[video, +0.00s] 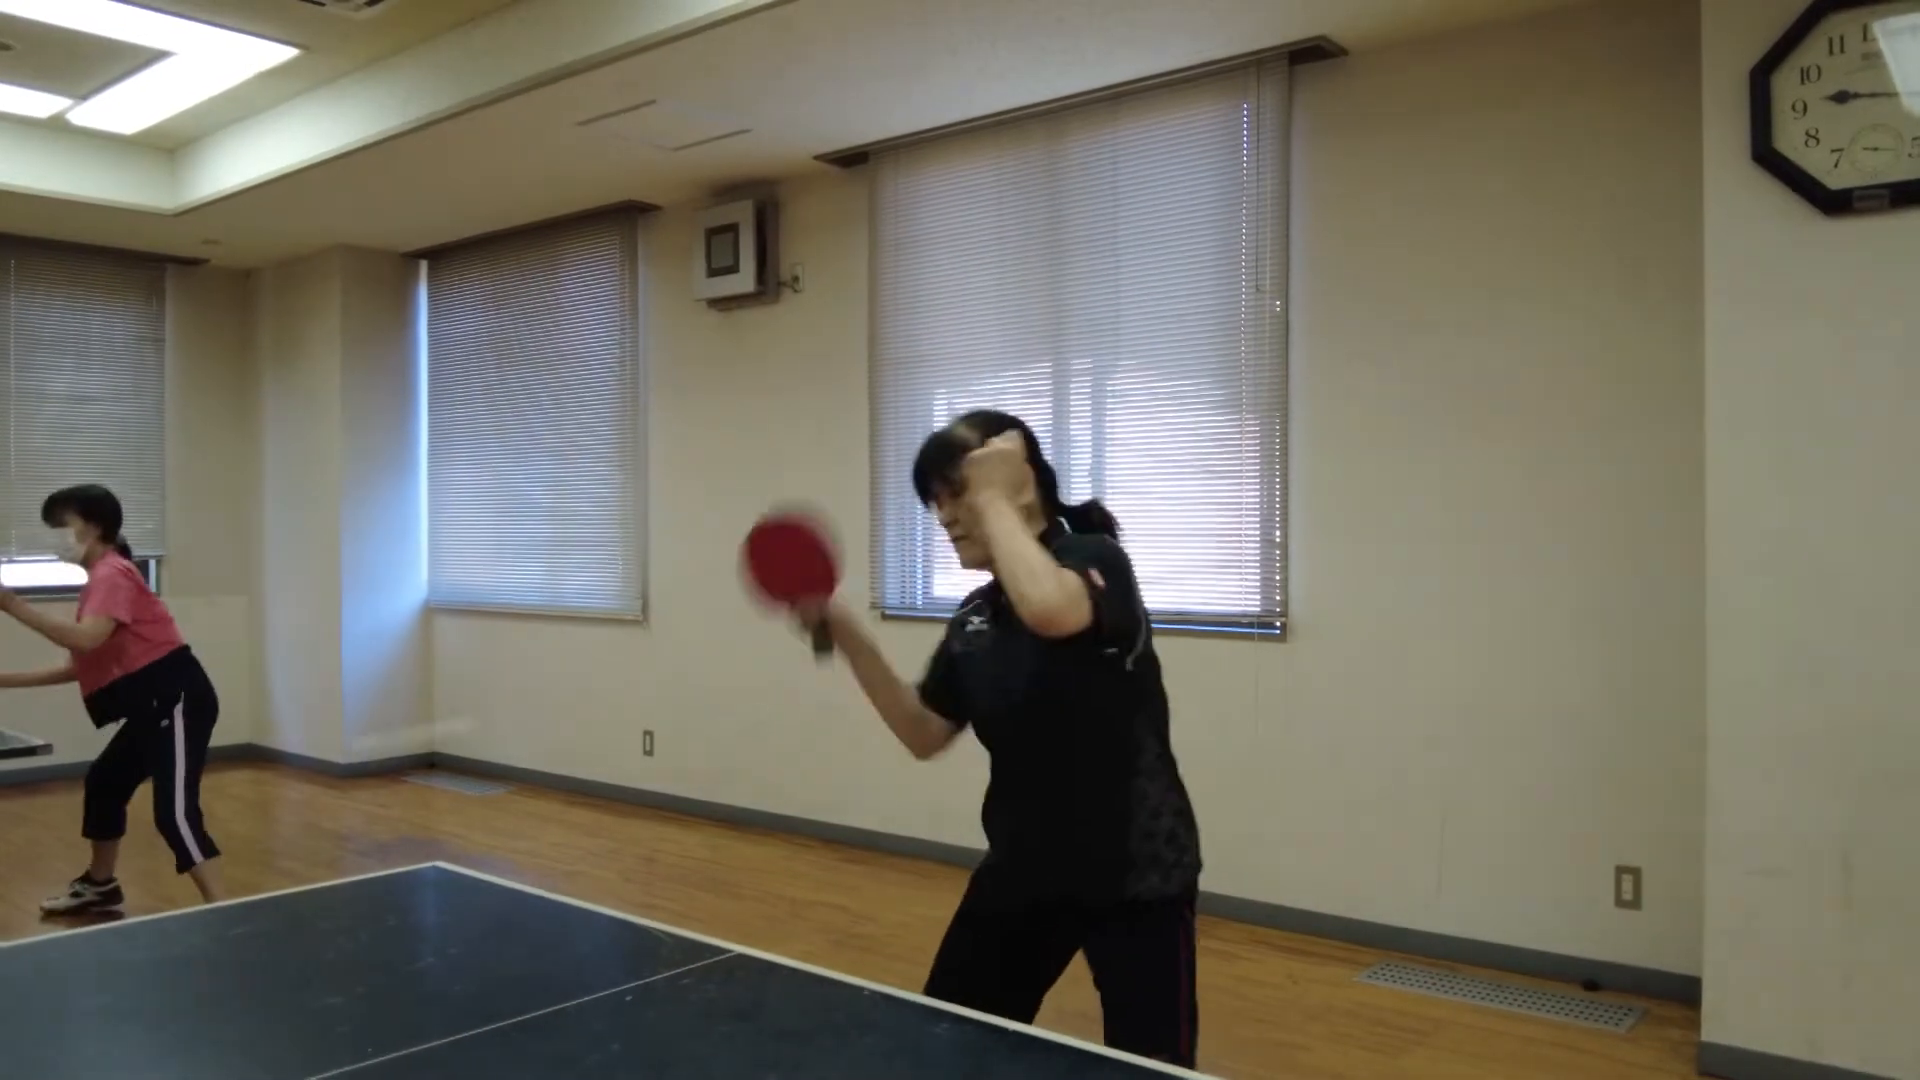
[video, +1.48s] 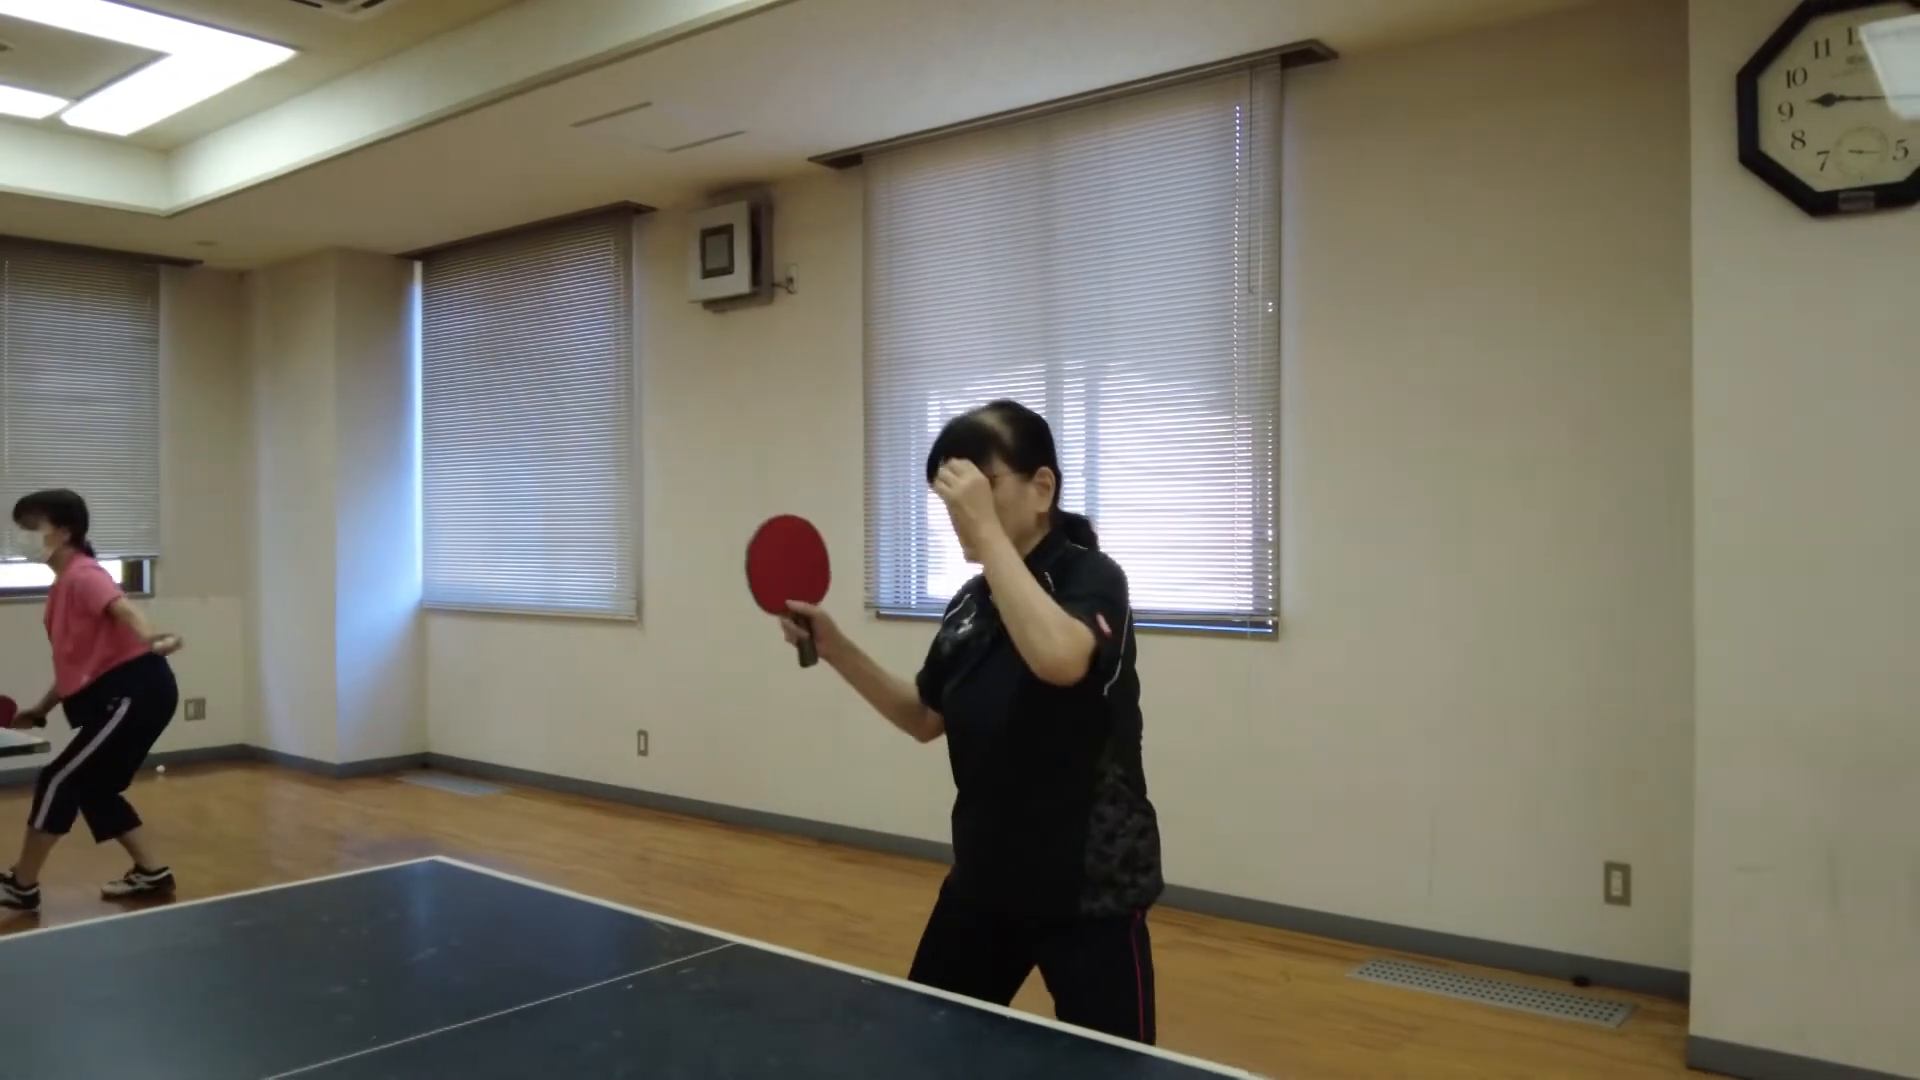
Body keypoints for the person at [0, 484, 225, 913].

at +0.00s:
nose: (57, 538)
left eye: (64, 526)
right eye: (56, 528)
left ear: (92, 527)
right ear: (89, 530)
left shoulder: (111, 571)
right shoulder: (98, 581)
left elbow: (89, 636)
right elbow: (77, 669)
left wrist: (16, 606)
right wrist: (8, 679)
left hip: (179, 696)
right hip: (153, 704)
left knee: (175, 812)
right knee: (104, 781)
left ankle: (225, 913)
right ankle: (101, 884)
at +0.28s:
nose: (68, 546)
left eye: (71, 534)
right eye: (67, 536)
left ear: (95, 532)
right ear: (105, 533)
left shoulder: (105, 576)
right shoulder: (125, 576)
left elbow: (70, 632)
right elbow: (122, 666)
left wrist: (7, 644)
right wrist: (64, 682)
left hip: (166, 704)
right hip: (159, 704)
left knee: (161, 809)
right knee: (113, 790)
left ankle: (214, 911)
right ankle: (145, 877)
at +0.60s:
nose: (23, 580)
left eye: (28, 571)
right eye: (23, 573)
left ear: (55, 571)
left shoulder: (74, 597)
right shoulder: (63, 639)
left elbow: (58, 609)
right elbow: (32, 690)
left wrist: (18, 597)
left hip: (157, 699)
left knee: (85, 803)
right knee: (108, 793)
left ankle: (160, 863)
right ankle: (145, 869)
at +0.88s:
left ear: (7, 593)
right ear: (12, 594)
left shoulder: (34, 616)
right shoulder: (29, 641)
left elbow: (80, 611)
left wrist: (131, 587)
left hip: (112, 716)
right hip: (144, 718)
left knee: (32, 790)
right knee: (73, 800)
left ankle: (14, 885)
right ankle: (140, 869)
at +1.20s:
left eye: (2, 554)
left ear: (24, 558)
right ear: (25, 559)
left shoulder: (40, 594)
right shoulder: (38, 595)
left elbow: (54, 615)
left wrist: (66, 630)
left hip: (103, 707)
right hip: (122, 707)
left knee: (14, 786)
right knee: (59, 798)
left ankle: (11, 884)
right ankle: (141, 858)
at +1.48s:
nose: (29, 538)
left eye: (35, 528)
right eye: (27, 530)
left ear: (65, 530)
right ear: (55, 534)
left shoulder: (83, 574)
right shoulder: (61, 591)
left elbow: (121, 608)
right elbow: (75, 664)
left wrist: (149, 635)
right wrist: (39, 711)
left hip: (136, 691)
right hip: (115, 697)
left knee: (59, 778)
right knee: (97, 786)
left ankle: (22, 883)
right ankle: (151, 871)